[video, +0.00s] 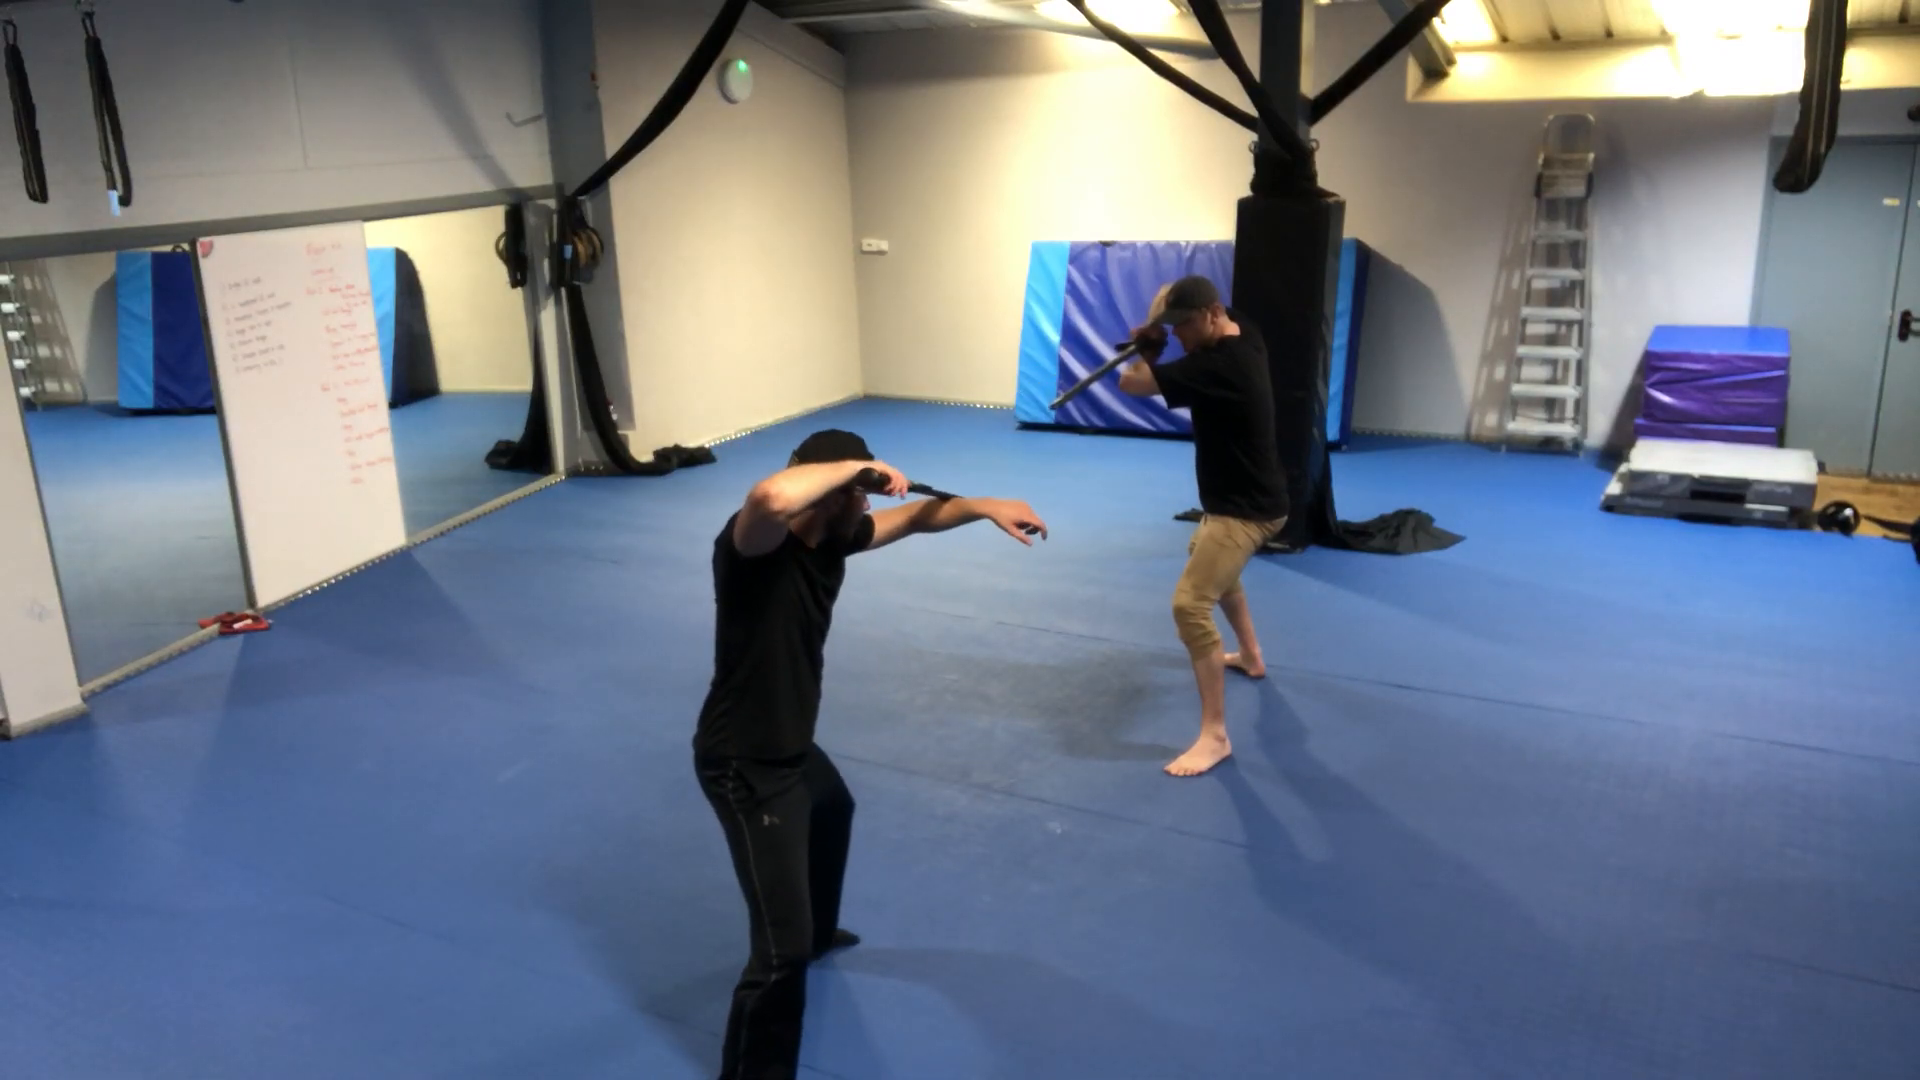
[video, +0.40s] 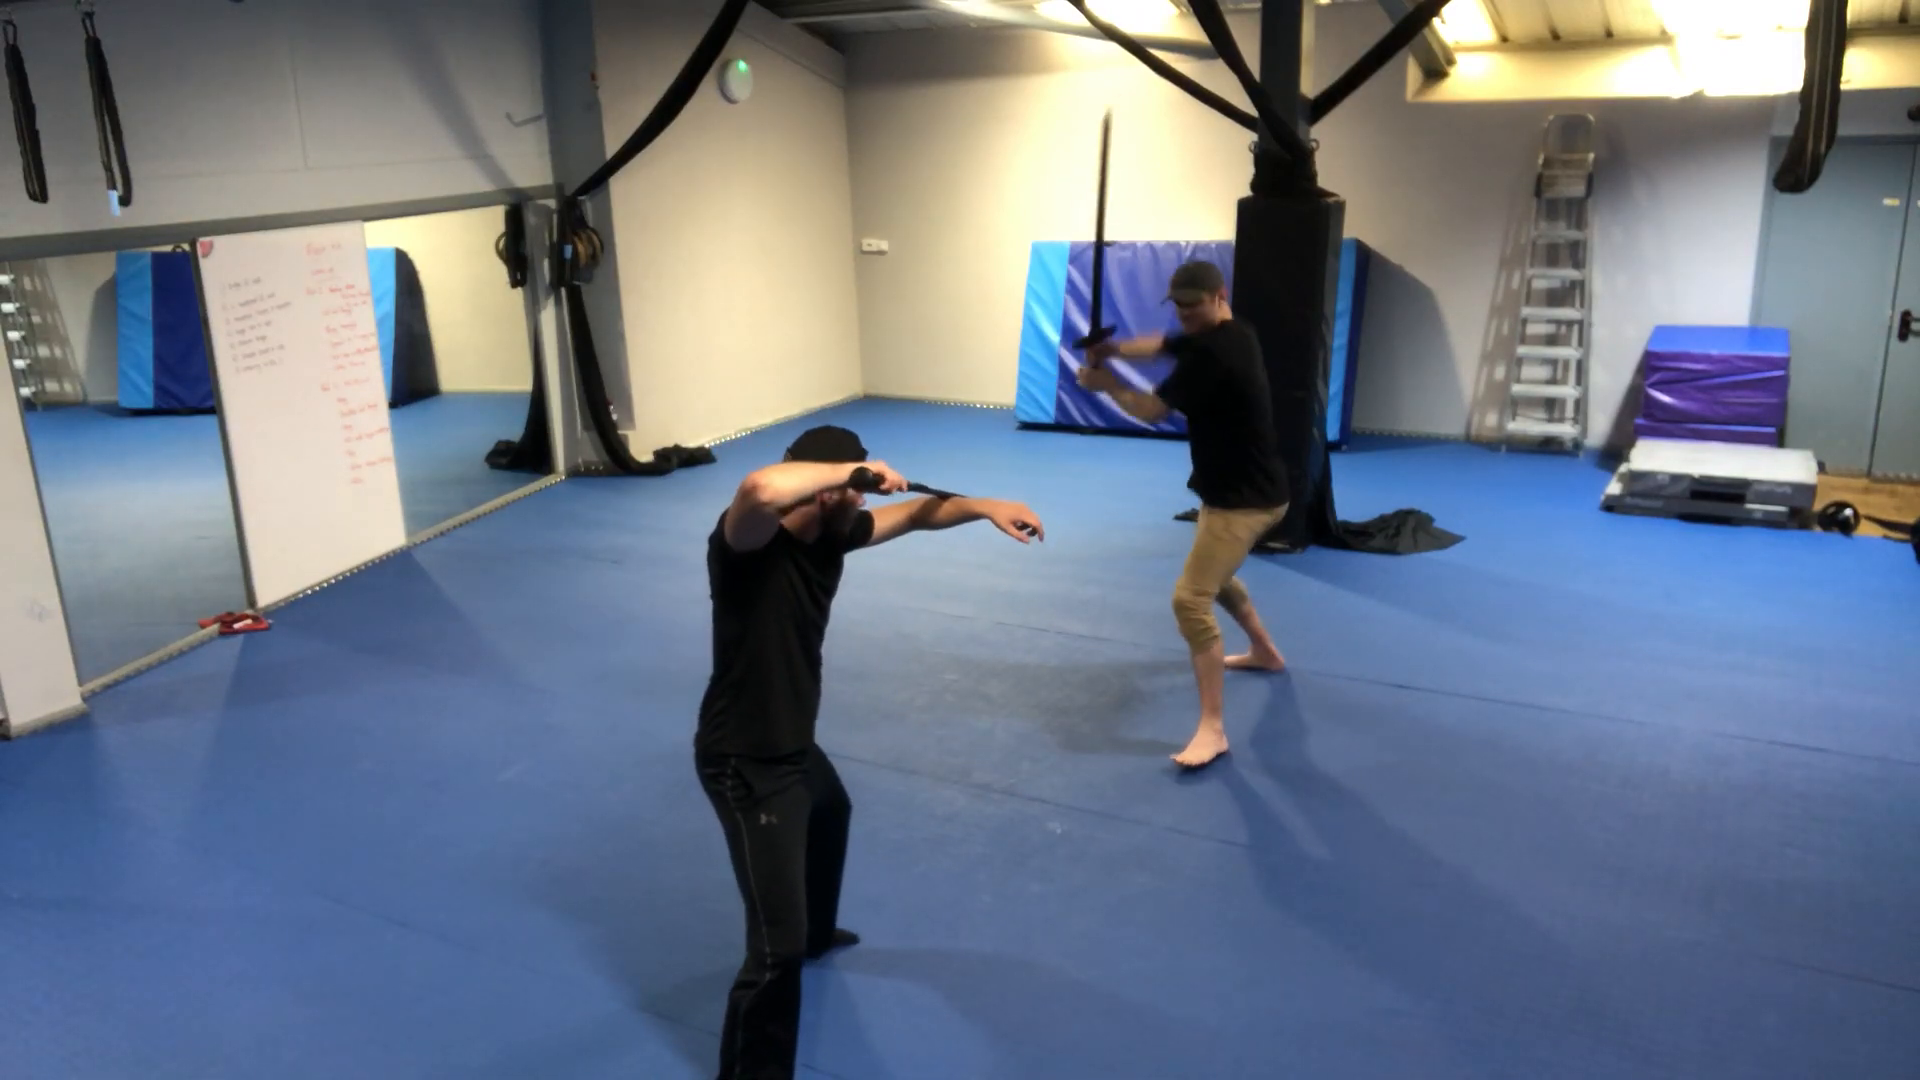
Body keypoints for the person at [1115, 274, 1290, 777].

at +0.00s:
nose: (1179, 337)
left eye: (1183, 329)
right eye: (1175, 329)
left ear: (1211, 317)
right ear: (1213, 317)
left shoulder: (1218, 364)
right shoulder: (1240, 340)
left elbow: (1133, 381)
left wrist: (1150, 347)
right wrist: (1155, 326)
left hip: (1244, 511)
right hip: (1236, 501)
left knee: (1192, 608)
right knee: (1208, 558)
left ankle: (1214, 734)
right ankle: (1250, 653)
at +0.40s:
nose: (1182, 315)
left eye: (1190, 307)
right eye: (1179, 307)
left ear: (1218, 301)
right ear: (1210, 303)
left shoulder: (1210, 352)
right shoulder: (1234, 332)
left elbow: (1150, 411)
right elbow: (1163, 345)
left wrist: (1105, 382)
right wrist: (1112, 349)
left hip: (1240, 501)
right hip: (1244, 491)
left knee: (1191, 603)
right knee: (1213, 575)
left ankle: (1212, 728)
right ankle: (1264, 651)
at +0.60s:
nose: (1187, 316)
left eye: (1197, 307)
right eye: (1180, 307)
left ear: (1221, 306)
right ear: (1172, 308)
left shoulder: (1235, 353)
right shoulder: (1178, 357)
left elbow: (1165, 400)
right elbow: (1143, 410)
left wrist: (1098, 387)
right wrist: (1100, 376)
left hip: (1235, 513)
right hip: (1188, 507)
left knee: (1179, 619)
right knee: (1216, 592)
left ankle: (1204, 730)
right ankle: (1261, 647)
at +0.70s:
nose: (1181, 312)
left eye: (1192, 303)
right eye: (1174, 302)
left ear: (1215, 301)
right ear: (1164, 302)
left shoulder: (1238, 338)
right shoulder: (1158, 356)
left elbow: (1179, 359)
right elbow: (1115, 436)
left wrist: (1097, 358)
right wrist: (1087, 372)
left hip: (1223, 510)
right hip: (1168, 507)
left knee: (1181, 635)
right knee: (1163, 625)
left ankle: (1206, 734)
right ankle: (1229, 630)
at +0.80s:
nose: (1169, 309)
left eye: (1178, 298)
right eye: (1159, 299)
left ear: (1199, 293)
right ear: (1146, 297)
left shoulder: (1225, 329)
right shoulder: (1133, 357)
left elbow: (1193, 344)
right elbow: (1114, 433)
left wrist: (1097, 345)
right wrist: (1084, 367)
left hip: (1213, 508)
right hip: (1149, 507)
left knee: (1190, 646)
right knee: (1122, 637)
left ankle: (1208, 732)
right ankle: (1173, 675)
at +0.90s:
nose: (1147, 306)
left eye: (1156, 295)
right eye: (1137, 296)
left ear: (1176, 290)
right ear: (1124, 295)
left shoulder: (1201, 325)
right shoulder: (1110, 352)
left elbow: (1196, 349)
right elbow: (1111, 442)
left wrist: (1105, 364)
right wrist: (1082, 381)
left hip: (1194, 518)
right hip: (1126, 518)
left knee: (1194, 653)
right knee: (1091, 645)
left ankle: (1205, 735)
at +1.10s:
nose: (1096, 332)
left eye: (1107, 322)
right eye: (1087, 322)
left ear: (1128, 317)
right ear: (1074, 320)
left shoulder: (1154, 361)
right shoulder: (1058, 384)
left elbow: (1168, 402)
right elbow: (1069, 475)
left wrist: (1120, 425)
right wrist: (1074, 447)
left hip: (1151, 557)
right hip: (1083, 561)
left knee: (1180, 682)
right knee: (1067, 696)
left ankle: (1155, 735)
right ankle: (1022, 797)